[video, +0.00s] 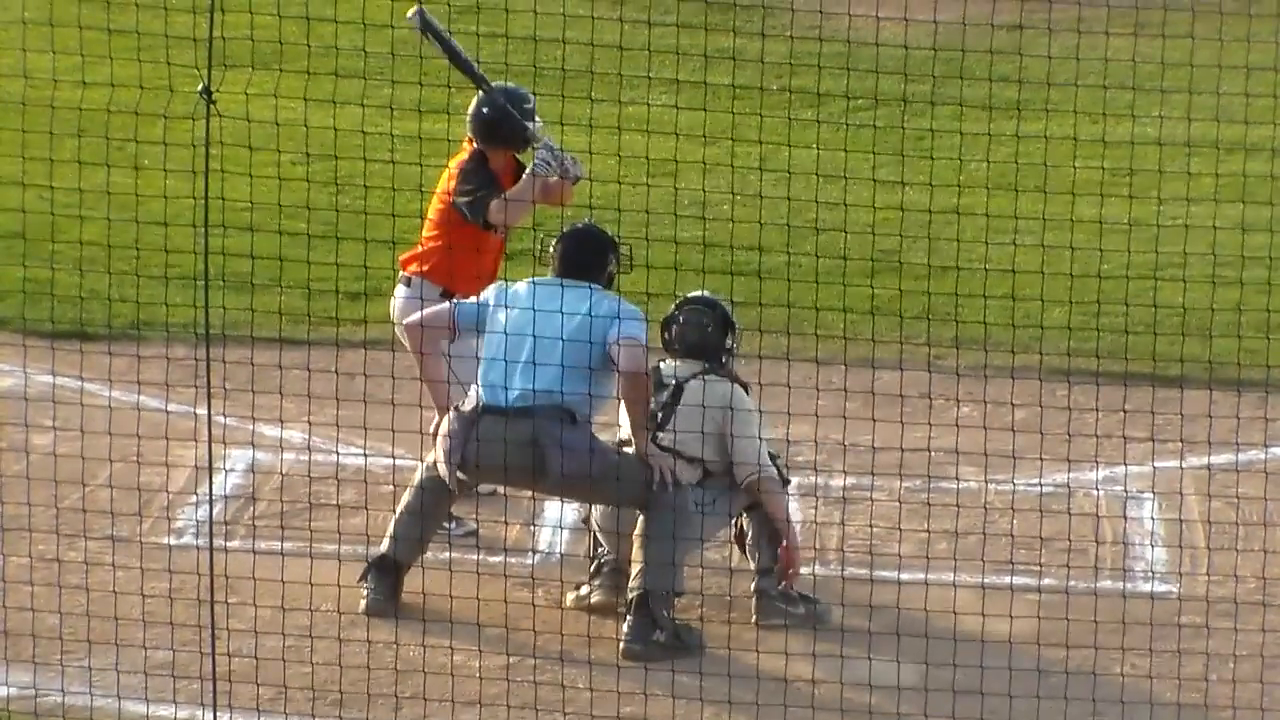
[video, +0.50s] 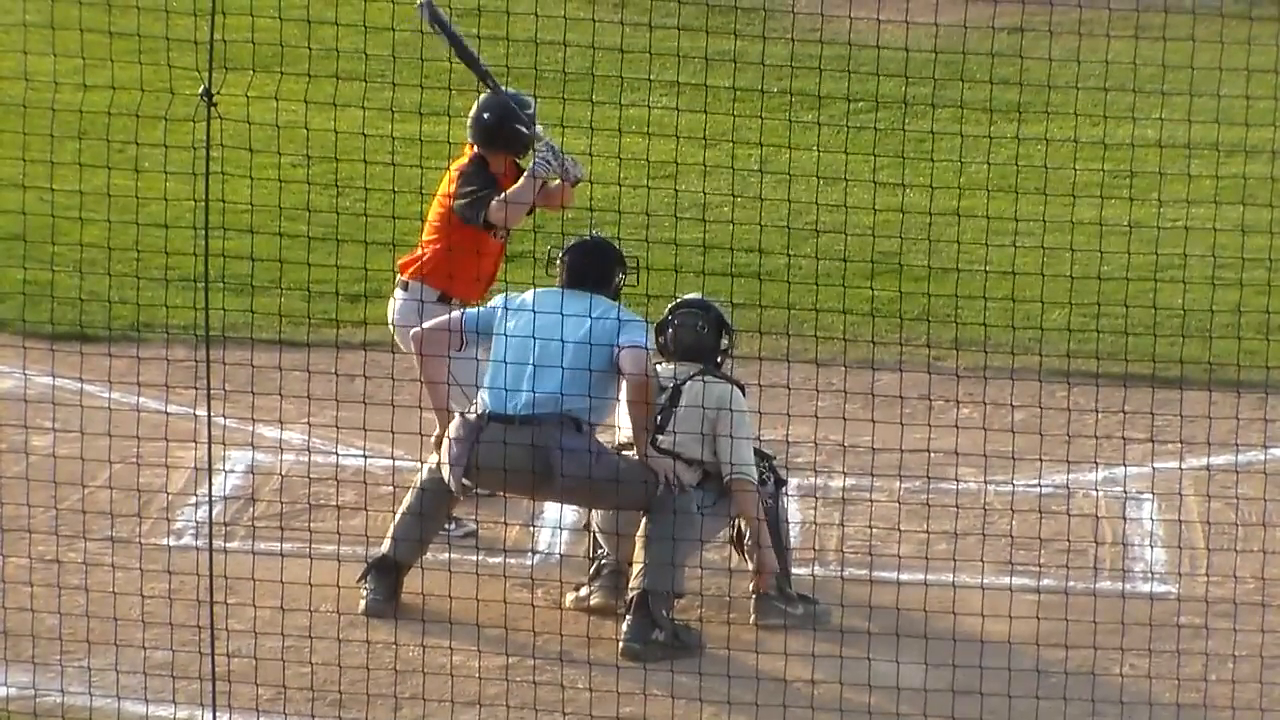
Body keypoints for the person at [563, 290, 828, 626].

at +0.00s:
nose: (731, 344)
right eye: (727, 337)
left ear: (669, 339)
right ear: (721, 343)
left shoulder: (642, 381)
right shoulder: (729, 394)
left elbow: (617, 446)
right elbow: (754, 471)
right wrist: (788, 536)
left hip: (627, 506)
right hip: (686, 512)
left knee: (615, 464)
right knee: (769, 470)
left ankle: (605, 576)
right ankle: (774, 592)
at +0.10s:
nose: (727, 345)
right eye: (725, 338)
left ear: (667, 341)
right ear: (719, 345)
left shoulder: (639, 380)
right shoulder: (727, 395)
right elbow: (748, 477)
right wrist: (770, 547)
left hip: (623, 510)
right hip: (686, 514)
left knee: (613, 465)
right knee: (766, 470)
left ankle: (605, 578)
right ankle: (775, 592)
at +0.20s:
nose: (727, 346)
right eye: (724, 339)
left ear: (666, 340)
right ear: (718, 344)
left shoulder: (637, 379)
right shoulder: (725, 393)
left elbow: (608, 440)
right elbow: (740, 478)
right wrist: (758, 546)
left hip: (622, 505)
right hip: (686, 510)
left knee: (614, 467)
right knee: (765, 473)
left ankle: (605, 578)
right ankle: (775, 591)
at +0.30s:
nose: (727, 348)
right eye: (724, 341)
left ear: (665, 342)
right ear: (717, 347)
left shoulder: (637, 381)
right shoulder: (724, 394)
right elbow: (738, 476)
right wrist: (756, 544)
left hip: (622, 508)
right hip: (685, 512)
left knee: (613, 469)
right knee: (764, 474)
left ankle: (605, 578)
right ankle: (775, 591)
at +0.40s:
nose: (724, 346)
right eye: (721, 340)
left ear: (663, 343)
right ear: (715, 347)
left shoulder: (636, 382)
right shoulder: (724, 395)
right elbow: (738, 478)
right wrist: (758, 550)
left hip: (623, 507)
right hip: (687, 511)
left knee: (613, 473)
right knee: (763, 476)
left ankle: (606, 579)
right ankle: (775, 592)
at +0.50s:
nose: (724, 346)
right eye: (721, 339)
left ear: (662, 342)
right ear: (716, 346)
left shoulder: (636, 382)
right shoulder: (724, 394)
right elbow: (740, 479)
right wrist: (763, 548)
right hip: (690, 510)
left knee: (615, 470)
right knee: (765, 476)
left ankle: (606, 578)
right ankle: (776, 593)